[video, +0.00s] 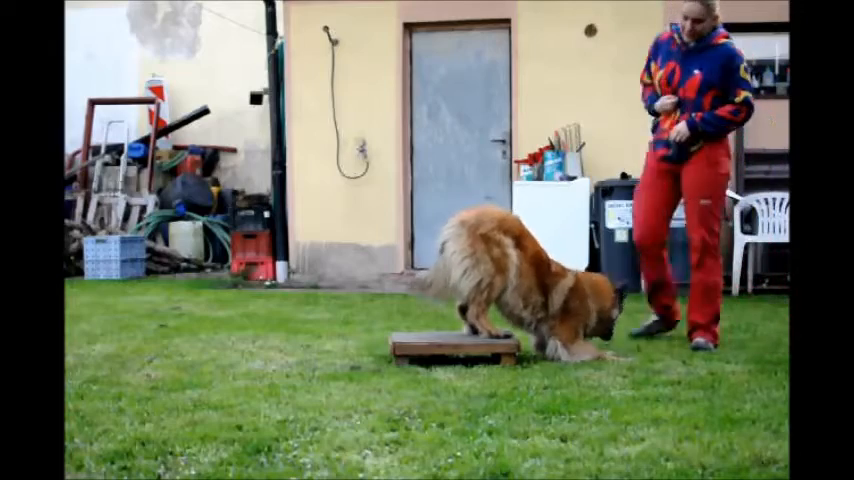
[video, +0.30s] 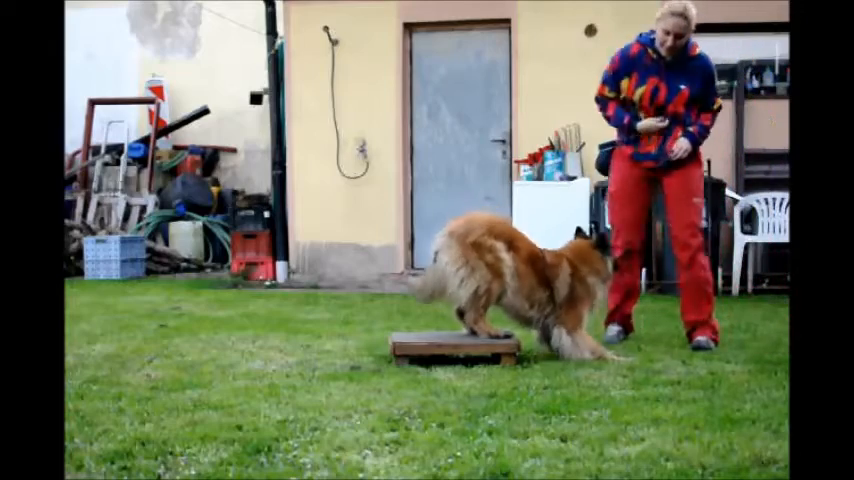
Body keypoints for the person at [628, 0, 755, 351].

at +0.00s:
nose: (688, 26)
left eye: (697, 20)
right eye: (685, 18)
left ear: (715, 17)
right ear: (679, 13)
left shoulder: (726, 53)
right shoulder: (663, 42)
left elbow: (742, 107)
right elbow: (647, 83)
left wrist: (695, 124)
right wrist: (655, 103)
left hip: (705, 154)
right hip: (661, 152)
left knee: (703, 241)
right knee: (645, 236)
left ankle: (703, 331)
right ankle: (665, 315)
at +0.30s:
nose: (670, 41)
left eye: (679, 36)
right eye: (666, 32)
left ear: (690, 35)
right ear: (656, 24)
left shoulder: (700, 65)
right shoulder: (630, 56)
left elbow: (709, 110)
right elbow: (604, 98)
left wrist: (690, 138)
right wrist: (633, 123)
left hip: (680, 158)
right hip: (631, 157)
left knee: (689, 242)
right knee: (625, 243)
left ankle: (701, 329)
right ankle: (618, 321)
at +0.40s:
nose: (664, 56)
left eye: (673, 50)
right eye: (659, 47)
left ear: (684, 47)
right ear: (648, 38)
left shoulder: (693, 77)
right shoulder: (621, 71)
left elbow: (698, 117)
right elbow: (601, 119)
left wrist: (681, 145)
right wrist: (630, 160)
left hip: (672, 155)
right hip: (623, 154)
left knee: (685, 238)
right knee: (622, 240)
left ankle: (696, 326)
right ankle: (618, 320)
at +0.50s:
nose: (662, 75)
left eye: (670, 69)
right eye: (657, 67)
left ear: (680, 66)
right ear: (645, 60)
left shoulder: (690, 88)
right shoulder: (623, 88)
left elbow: (693, 127)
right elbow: (608, 147)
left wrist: (677, 154)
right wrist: (626, 203)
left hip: (670, 166)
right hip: (624, 164)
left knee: (683, 239)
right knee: (620, 240)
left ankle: (694, 327)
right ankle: (619, 322)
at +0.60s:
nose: (659, 103)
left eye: (666, 97)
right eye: (653, 95)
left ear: (677, 93)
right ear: (642, 87)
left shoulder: (687, 108)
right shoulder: (624, 108)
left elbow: (690, 138)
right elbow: (618, 163)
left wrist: (675, 164)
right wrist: (622, 223)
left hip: (668, 170)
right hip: (624, 169)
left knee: (682, 243)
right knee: (619, 244)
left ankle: (693, 327)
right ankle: (615, 324)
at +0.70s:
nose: (654, 146)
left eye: (662, 140)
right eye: (649, 138)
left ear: (674, 131)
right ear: (638, 128)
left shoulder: (688, 131)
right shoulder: (622, 145)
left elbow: (688, 153)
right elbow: (622, 212)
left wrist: (674, 176)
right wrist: (623, 269)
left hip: (669, 176)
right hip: (622, 178)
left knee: (682, 244)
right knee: (618, 247)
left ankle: (693, 329)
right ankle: (623, 333)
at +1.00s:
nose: (650, 135)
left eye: (658, 129)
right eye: (645, 126)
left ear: (673, 118)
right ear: (636, 115)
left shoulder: (689, 126)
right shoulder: (618, 128)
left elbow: (688, 153)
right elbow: (593, 181)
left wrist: (675, 174)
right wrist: (589, 240)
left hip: (669, 177)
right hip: (623, 177)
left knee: (682, 245)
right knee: (618, 246)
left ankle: (693, 330)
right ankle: (619, 328)